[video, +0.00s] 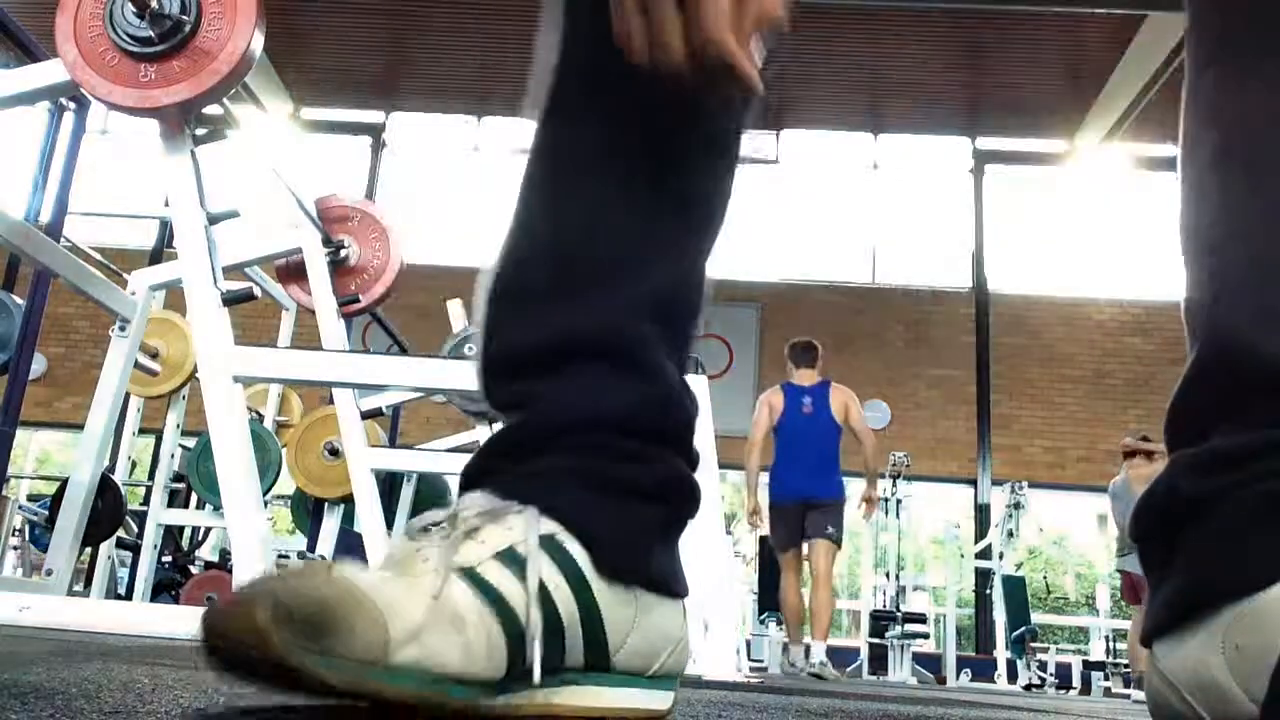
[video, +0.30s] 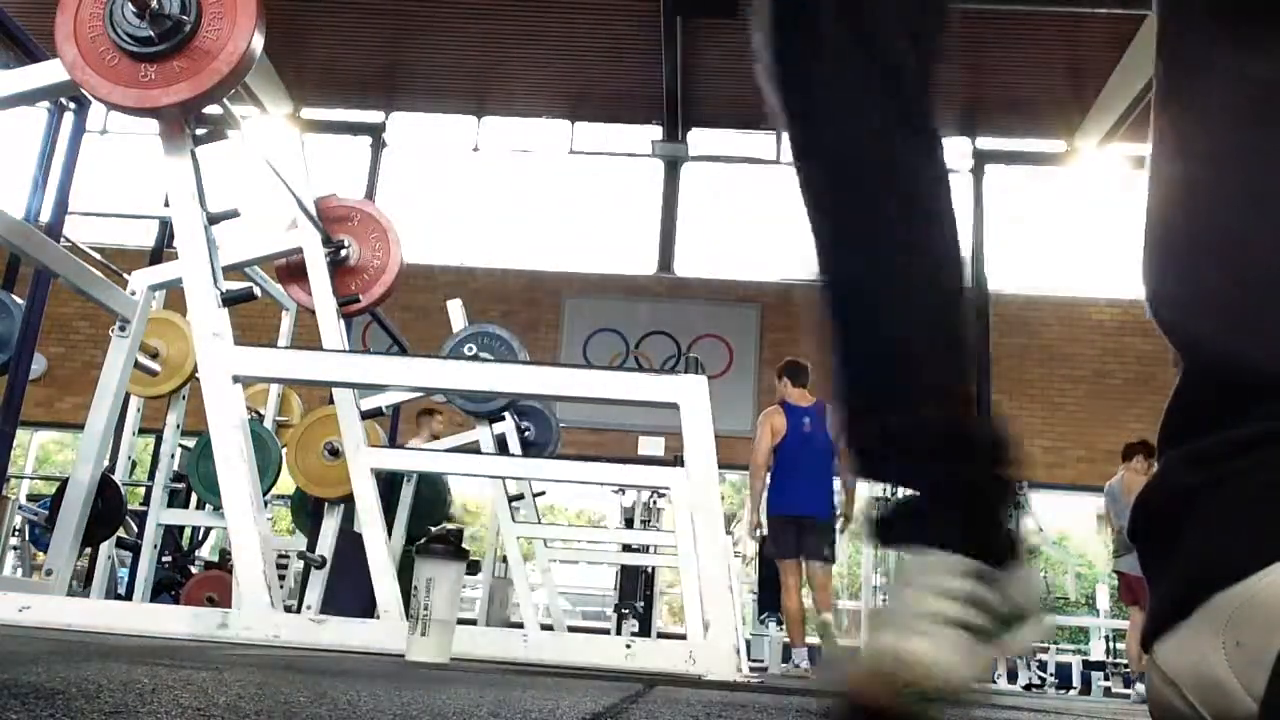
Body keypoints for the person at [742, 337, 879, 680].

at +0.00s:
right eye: (820, 361)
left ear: (789, 364)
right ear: (820, 362)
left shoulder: (771, 397)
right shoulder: (842, 395)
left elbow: (754, 447)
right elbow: (869, 441)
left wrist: (751, 497)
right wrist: (872, 485)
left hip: (785, 496)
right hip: (826, 495)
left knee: (789, 572)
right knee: (822, 573)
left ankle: (795, 654)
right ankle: (819, 655)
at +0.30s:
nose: (776, 389)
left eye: (776, 384)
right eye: (776, 384)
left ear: (783, 382)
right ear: (807, 382)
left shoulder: (772, 416)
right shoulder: (830, 413)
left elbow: (758, 469)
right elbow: (846, 462)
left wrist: (754, 512)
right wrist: (849, 504)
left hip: (784, 513)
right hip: (821, 513)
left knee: (790, 584)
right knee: (821, 582)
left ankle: (799, 658)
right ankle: (830, 638)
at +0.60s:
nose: (764, 401)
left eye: (767, 395)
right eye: (764, 396)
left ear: (782, 393)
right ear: (795, 396)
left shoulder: (771, 423)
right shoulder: (825, 429)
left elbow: (754, 466)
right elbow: (833, 479)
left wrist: (742, 504)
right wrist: (832, 519)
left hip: (776, 517)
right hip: (807, 519)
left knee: (786, 585)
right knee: (798, 585)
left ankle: (800, 657)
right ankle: (798, 653)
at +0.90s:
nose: (755, 406)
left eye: (759, 400)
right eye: (756, 400)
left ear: (774, 402)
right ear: (780, 404)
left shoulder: (769, 430)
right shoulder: (799, 436)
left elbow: (760, 474)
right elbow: (801, 484)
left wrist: (743, 513)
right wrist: (793, 513)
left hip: (768, 516)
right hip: (790, 518)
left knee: (755, 581)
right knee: (777, 583)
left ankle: (790, 631)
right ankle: (786, 656)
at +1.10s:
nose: (742, 407)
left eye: (746, 402)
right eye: (743, 402)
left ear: (763, 405)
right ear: (766, 408)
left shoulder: (762, 432)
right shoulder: (780, 435)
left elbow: (760, 474)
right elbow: (777, 482)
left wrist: (746, 511)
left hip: (757, 518)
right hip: (776, 520)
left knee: (730, 574)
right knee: (772, 583)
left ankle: (751, 638)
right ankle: (781, 653)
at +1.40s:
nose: (712, 412)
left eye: (716, 407)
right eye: (713, 408)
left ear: (732, 411)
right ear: (732, 412)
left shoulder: (736, 439)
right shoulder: (735, 439)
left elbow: (735, 479)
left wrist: (720, 512)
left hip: (733, 523)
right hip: (737, 523)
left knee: (741, 587)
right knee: (743, 588)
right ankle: (775, 645)